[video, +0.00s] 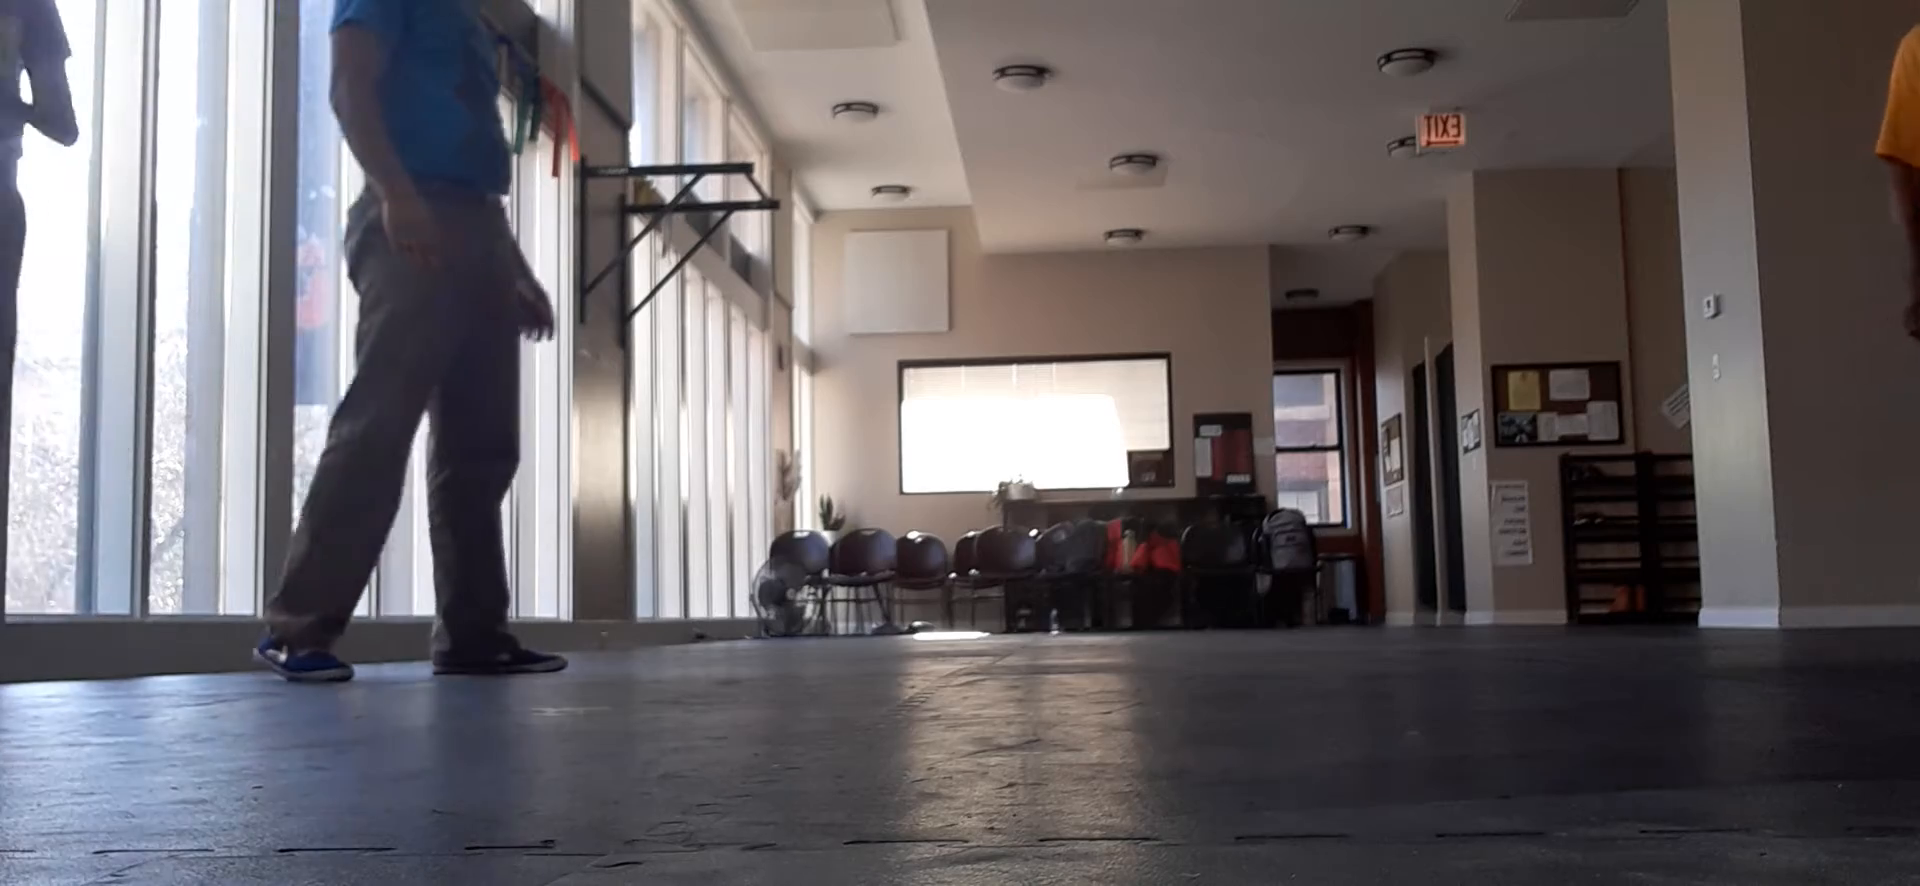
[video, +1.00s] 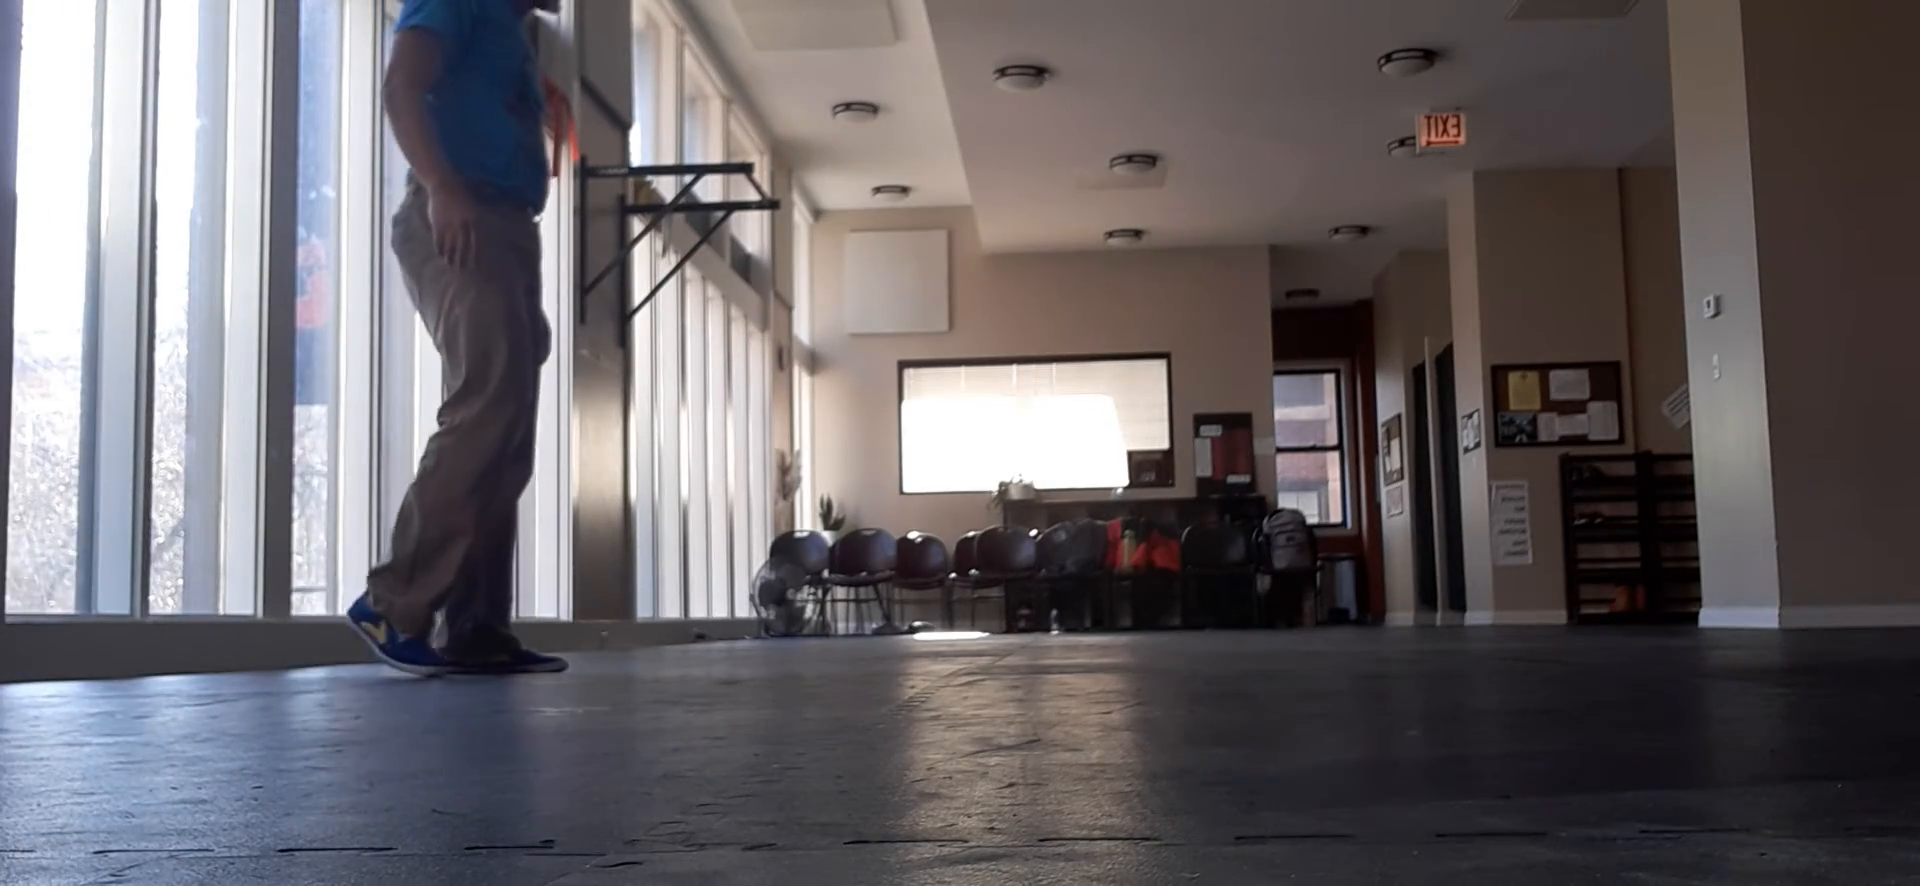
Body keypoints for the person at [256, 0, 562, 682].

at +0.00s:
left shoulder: (466, 23)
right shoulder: (383, 4)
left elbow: (472, 167)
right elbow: (350, 90)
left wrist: (513, 270)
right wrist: (399, 195)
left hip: (479, 226)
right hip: (415, 218)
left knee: (478, 447)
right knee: (379, 427)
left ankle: (472, 637)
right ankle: (295, 631)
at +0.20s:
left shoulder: (498, 32)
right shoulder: (412, 4)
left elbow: (503, 176)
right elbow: (378, 92)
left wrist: (551, 272)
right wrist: (424, 191)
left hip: (502, 225)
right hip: (443, 214)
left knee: (493, 445)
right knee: (427, 418)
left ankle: (474, 638)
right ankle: (318, 614)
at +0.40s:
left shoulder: (510, 36)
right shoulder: (429, 5)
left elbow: (520, 177)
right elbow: (393, 96)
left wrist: (569, 277)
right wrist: (445, 192)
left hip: (514, 225)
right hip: (458, 217)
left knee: (509, 435)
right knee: (468, 418)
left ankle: (475, 635)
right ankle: (392, 621)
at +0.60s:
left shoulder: (512, 29)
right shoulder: (439, 5)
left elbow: (517, 173)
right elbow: (401, 96)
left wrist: (564, 281)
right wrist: (449, 198)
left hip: (515, 221)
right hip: (469, 216)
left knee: (517, 440)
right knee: (478, 421)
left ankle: (477, 635)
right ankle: (397, 616)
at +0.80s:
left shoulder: (513, 24)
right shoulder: (454, 5)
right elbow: (404, 95)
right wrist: (445, 198)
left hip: (514, 221)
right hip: (467, 214)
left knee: (516, 437)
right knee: (487, 414)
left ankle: (477, 634)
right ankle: (402, 610)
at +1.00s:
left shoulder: (511, 24)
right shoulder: (457, 5)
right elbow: (402, 90)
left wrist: (542, 99)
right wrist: (442, 189)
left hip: (507, 219)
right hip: (460, 213)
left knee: (507, 428)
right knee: (486, 405)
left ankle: (475, 631)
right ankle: (393, 605)